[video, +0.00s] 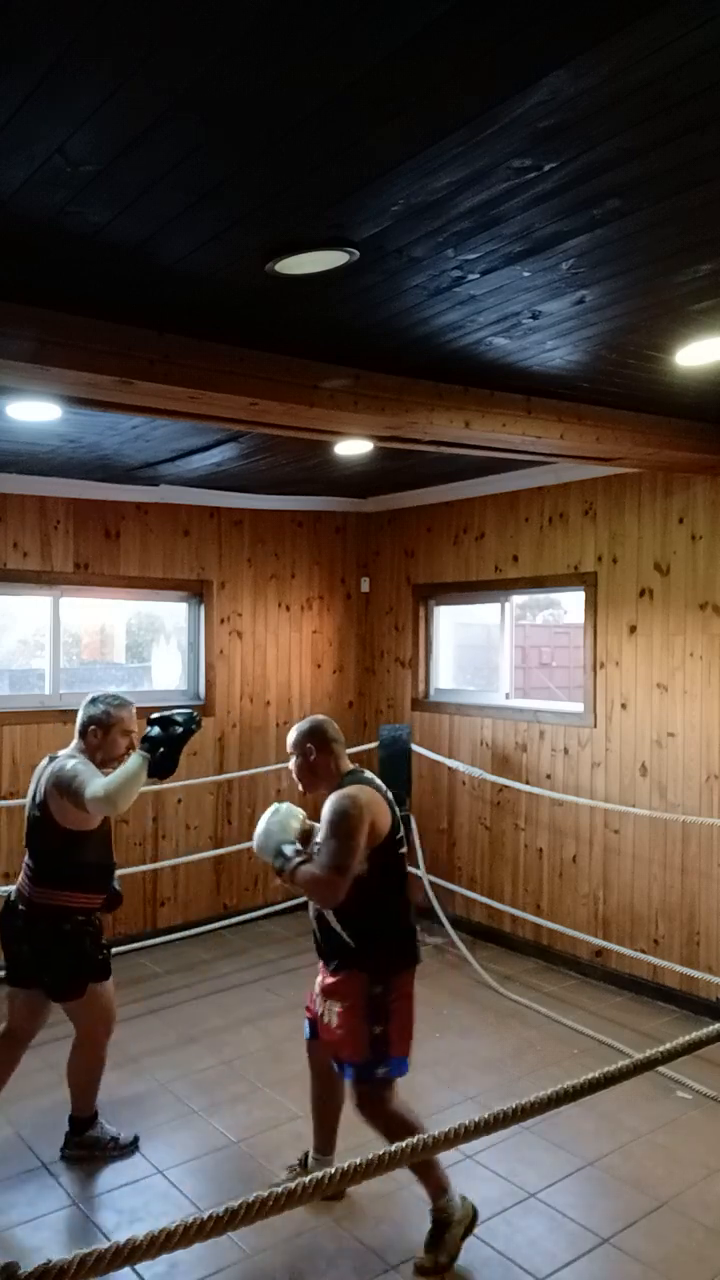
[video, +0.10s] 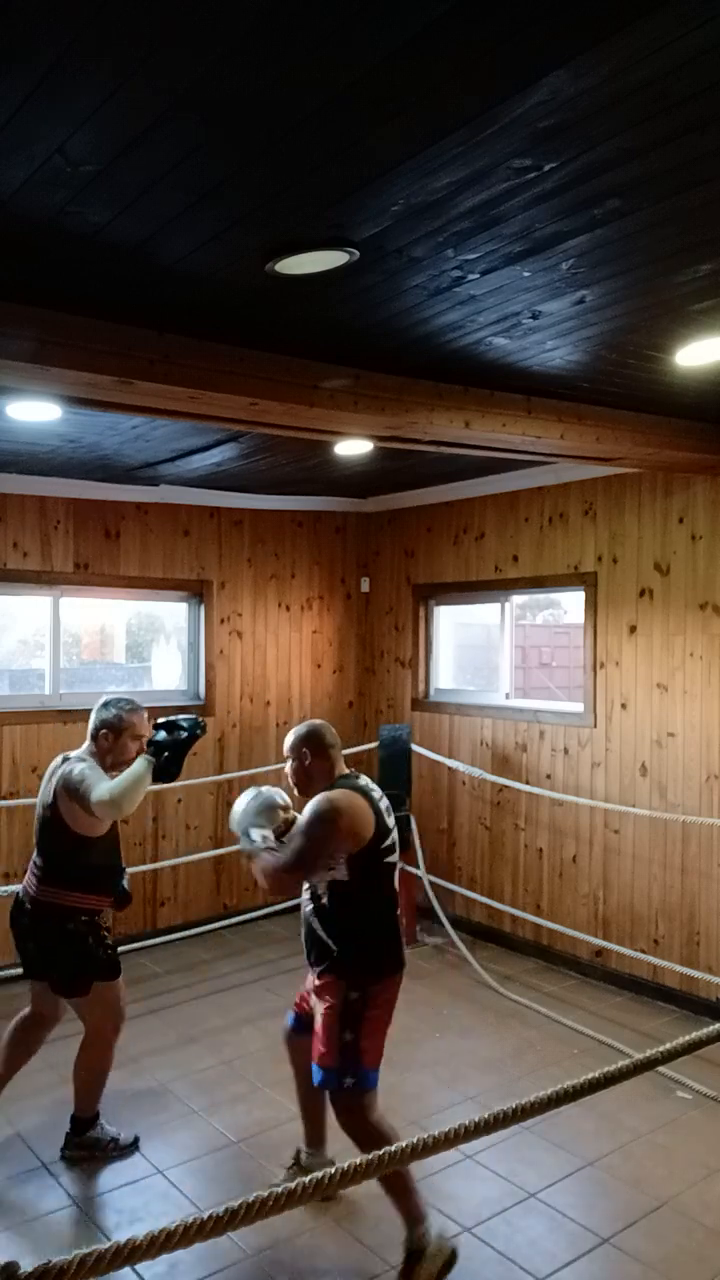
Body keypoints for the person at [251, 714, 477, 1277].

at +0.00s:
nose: (292, 770)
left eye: (296, 759)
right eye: (292, 760)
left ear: (318, 756)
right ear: (334, 751)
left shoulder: (349, 802)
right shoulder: (364, 791)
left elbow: (329, 885)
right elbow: (384, 865)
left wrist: (287, 864)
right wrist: (311, 841)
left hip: (374, 969)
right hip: (343, 962)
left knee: (373, 1098)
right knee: (320, 1050)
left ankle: (449, 1206)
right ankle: (322, 1166)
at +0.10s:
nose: (289, 771)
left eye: (293, 761)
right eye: (288, 762)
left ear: (314, 759)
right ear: (334, 753)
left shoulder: (332, 806)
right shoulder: (363, 791)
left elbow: (275, 880)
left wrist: (255, 842)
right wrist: (288, 829)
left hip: (357, 974)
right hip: (339, 962)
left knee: (353, 1109)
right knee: (299, 1038)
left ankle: (423, 1237)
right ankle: (315, 1158)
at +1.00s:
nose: (213, 771)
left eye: (214, 762)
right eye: (217, 762)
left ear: (223, 761)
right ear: (262, 758)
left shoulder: (223, 811)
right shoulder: (304, 798)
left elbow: (167, 889)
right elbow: (324, 862)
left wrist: (178, 837)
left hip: (261, 981)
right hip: (304, 972)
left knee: (257, 1124)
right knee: (263, 1086)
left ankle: (315, 1261)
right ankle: (267, 1183)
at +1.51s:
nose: (180, 784)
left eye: (177, 777)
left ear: (178, 778)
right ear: (227, 775)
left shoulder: (156, 826)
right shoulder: (264, 814)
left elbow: (130, 895)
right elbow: (274, 887)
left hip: (195, 997)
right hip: (258, 984)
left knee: (158, 1143)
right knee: (223, 1046)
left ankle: (186, 1272)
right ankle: (232, 1151)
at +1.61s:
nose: (165, 776)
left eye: (166, 769)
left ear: (170, 770)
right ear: (219, 768)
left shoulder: (157, 818)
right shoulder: (261, 812)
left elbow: (114, 884)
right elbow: (295, 888)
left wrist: (137, 837)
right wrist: (238, 881)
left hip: (187, 988)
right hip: (245, 977)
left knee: (163, 1142)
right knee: (217, 1041)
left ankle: (185, 1271)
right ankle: (228, 1142)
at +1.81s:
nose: (165, 770)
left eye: (166, 762)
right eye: (168, 763)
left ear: (172, 763)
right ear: (216, 759)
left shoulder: (189, 802)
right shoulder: (230, 795)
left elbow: (133, 875)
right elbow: (185, 863)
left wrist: (130, 819)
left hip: (202, 974)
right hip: (242, 961)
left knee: (135, 1107)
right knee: (221, 1053)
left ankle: (135, 1252)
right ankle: (247, 1155)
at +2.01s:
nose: (147, 768)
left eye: (147, 760)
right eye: (149, 759)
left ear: (151, 761)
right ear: (197, 757)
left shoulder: (162, 806)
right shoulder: (227, 794)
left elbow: (117, 891)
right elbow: (196, 853)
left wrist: (118, 845)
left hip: (188, 975)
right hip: (238, 963)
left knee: (139, 1110)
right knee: (227, 1049)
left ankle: (145, 1255)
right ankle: (245, 1155)